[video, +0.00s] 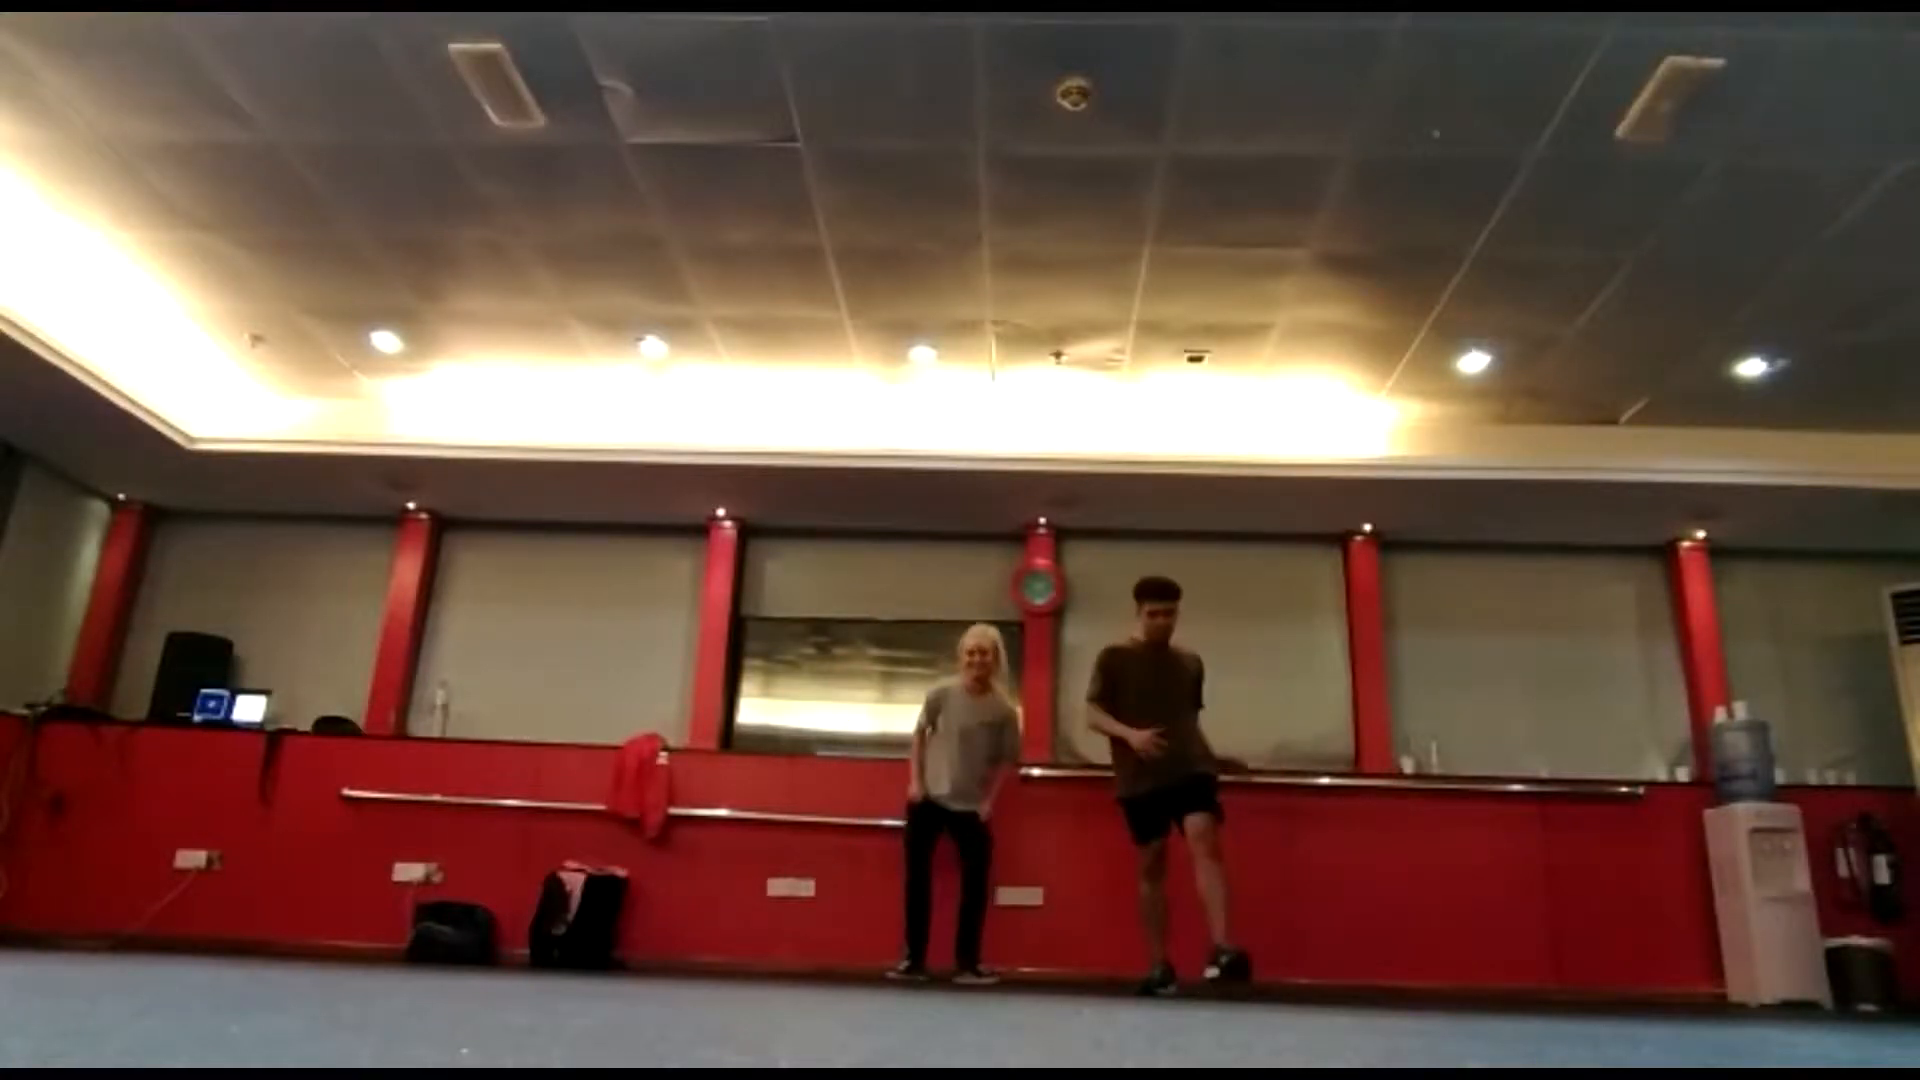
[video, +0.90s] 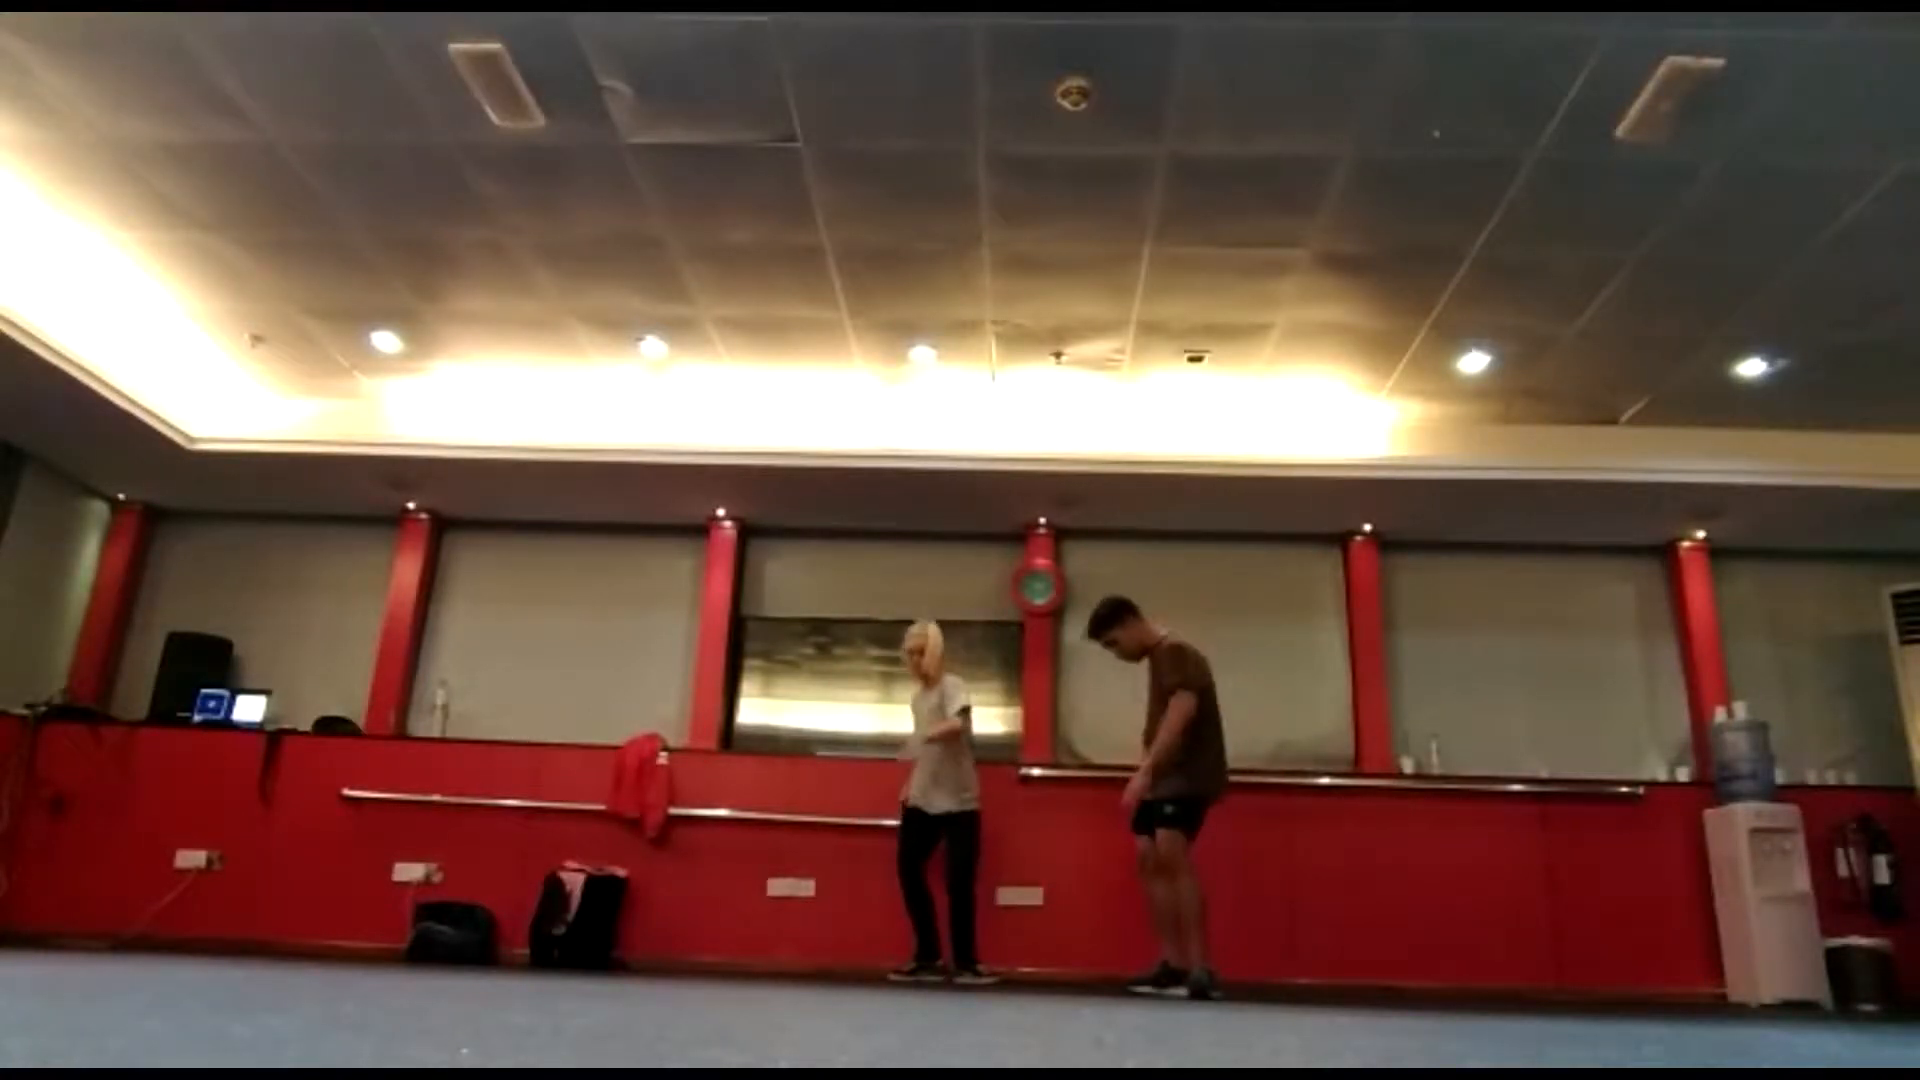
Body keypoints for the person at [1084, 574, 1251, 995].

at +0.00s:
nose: (1159, 621)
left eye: (1166, 614)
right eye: (1152, 614)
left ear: (1177, 614)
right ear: (1138, 614)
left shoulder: (1189, 664)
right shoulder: (1114, 659)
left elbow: (1190, 722)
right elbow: (1093, 715)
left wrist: (1213, 760)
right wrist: (1131, 735)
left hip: (1187, 770)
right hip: (1140, 777)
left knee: (1203, 836)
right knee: (1152, 862)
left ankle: (1221, 948)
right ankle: (1158, 963)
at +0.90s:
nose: (1116, 653)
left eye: (1113, 643)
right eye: (1109, 646)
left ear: (1130, 625)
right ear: (1130, 629)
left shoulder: (1177, 656)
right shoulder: (1161, 661)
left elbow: (1179, 716)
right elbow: (1169, 725)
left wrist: (1144, 773)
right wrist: (1151, 773)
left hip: (1189, 779)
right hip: (1166, 780)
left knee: (1170, 856)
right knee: (1149, 859)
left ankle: (1198, 968)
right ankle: (1173, 963)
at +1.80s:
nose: (1191, 669)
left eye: (1197, 664)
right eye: (1187, 662)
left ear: (1205, 657)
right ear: (1174, 648)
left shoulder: (1206, 678)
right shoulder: (1138, 675)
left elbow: (1218, 734)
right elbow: (1127, 731)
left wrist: (1223, 734)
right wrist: (1186, 718)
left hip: (1190, 786)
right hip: (1145, 788)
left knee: (1208, 867)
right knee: (1139, 858)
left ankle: (1191, 964)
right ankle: (1166, 958)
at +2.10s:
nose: (1217, 661)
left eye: (1222, 653)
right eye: (1213, 651)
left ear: (1223, 652)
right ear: (1196, 641)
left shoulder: (1211, 688)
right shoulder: (1156, 669)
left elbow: (1224, 741)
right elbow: (1117, 709)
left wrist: (1244, 733)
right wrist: (1167, 711)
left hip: (1202, 793)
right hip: (1163, 791)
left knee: (1215, 870)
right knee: (1174, 862)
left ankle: (1189, 967)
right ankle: (1157, 965)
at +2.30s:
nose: (1216, 663)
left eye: (1224, 656)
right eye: (1210, 653)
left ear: (1229, 661)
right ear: (1192, 650)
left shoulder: (1221, 708)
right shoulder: (1161, 678)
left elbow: (1225, 766)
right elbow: (1124, 720)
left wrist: (1249, 747)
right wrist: (1170, 718)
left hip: (1203, 801)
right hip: (1161, 796)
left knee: (1221, 876)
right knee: (1170, 863)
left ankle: (1190, 967)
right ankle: (1158, 964)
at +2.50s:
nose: (1202, 640)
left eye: (1210, 633)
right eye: (1195, 631)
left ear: (1220, 637)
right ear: (1182, 633)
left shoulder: (1227, 687)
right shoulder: (1154, 668)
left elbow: (1249, 733)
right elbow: (1113, 705)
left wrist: (1233, 755)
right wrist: (1142, 708)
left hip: (1198, 787)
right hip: (1150, 783)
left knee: (1203, 868)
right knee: (1139, 854)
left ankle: (1190, 966)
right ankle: (1138, 957)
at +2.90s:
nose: (1121, 648)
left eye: (1127, 638)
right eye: (1114, 641)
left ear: (1145, 638)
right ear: (1109, 649)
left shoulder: (1187, 683)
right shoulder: (1118, 693)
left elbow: (1229, 727)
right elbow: (1117, 745)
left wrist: (1222, 758)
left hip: (1187, 795)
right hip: (1139, 797)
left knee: (1190, 871)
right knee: (1112, 859)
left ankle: (1189, 968)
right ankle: (1116, 962)